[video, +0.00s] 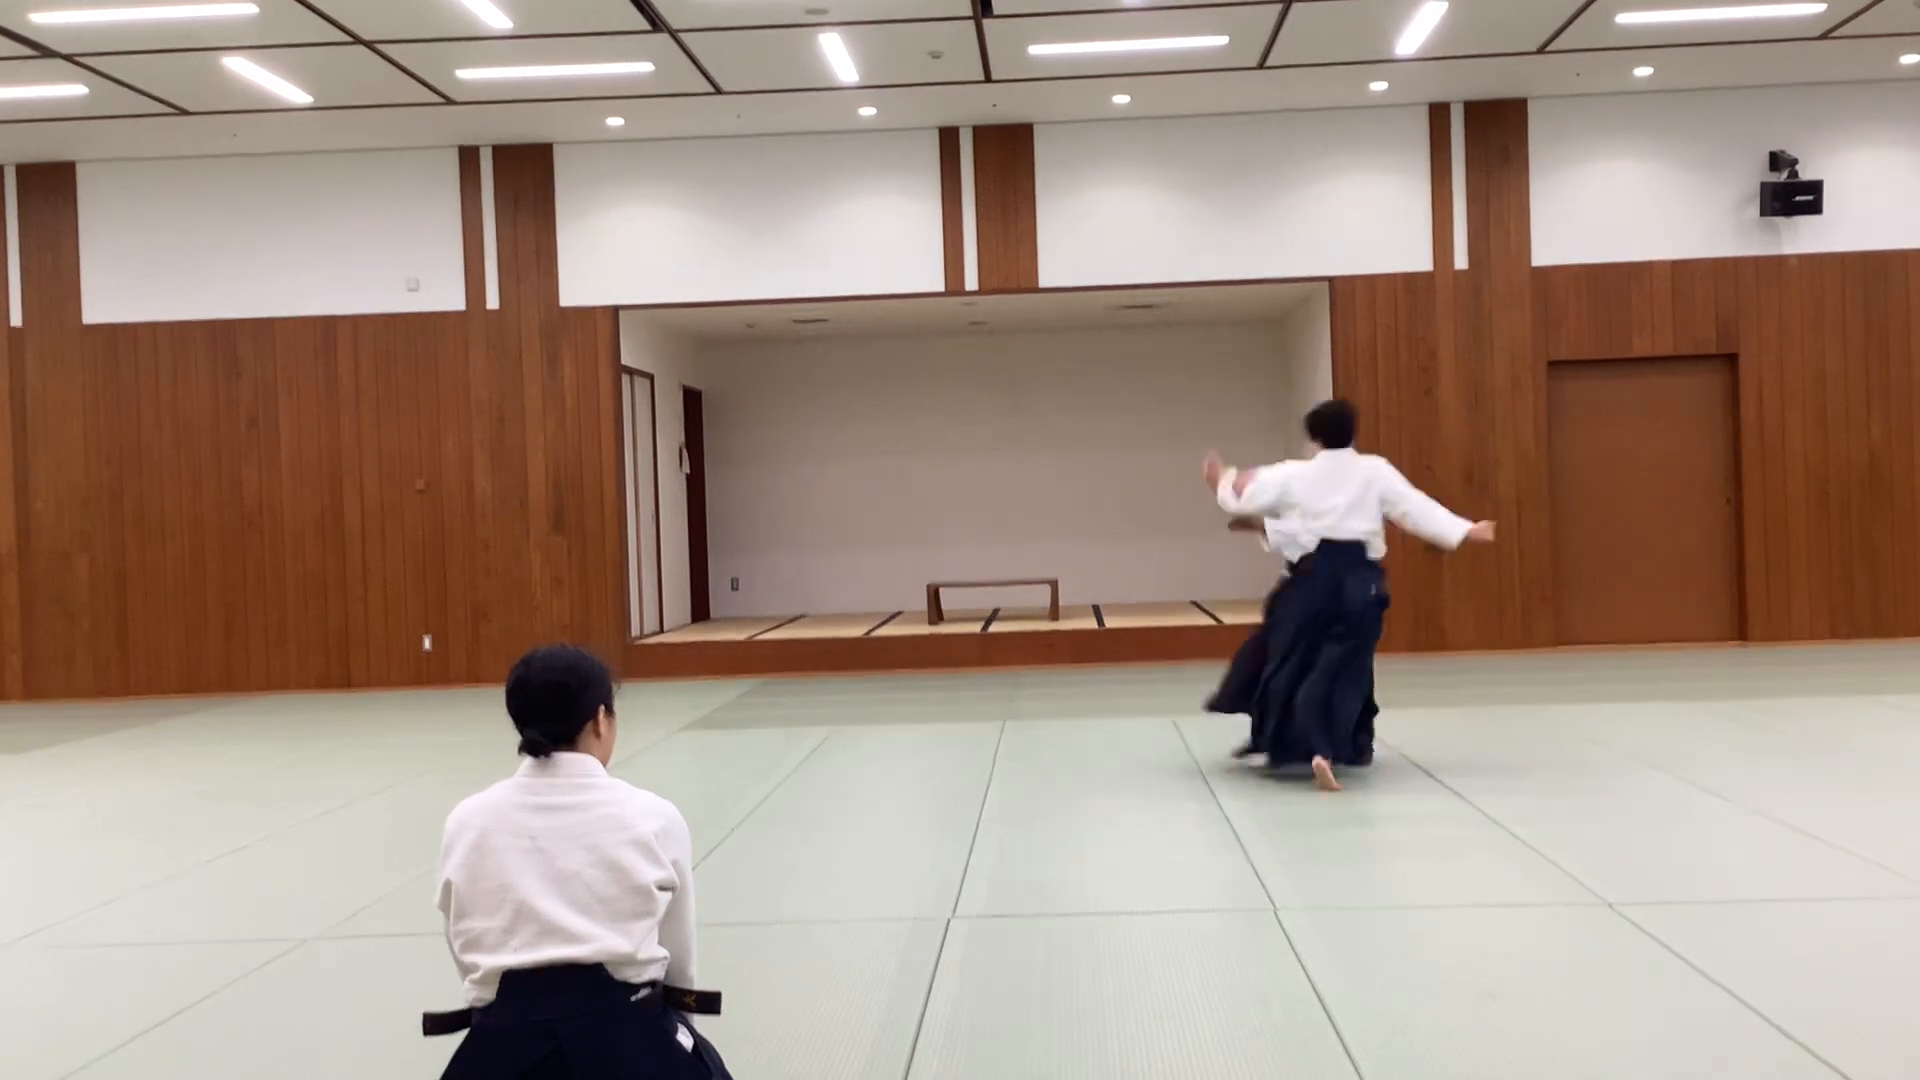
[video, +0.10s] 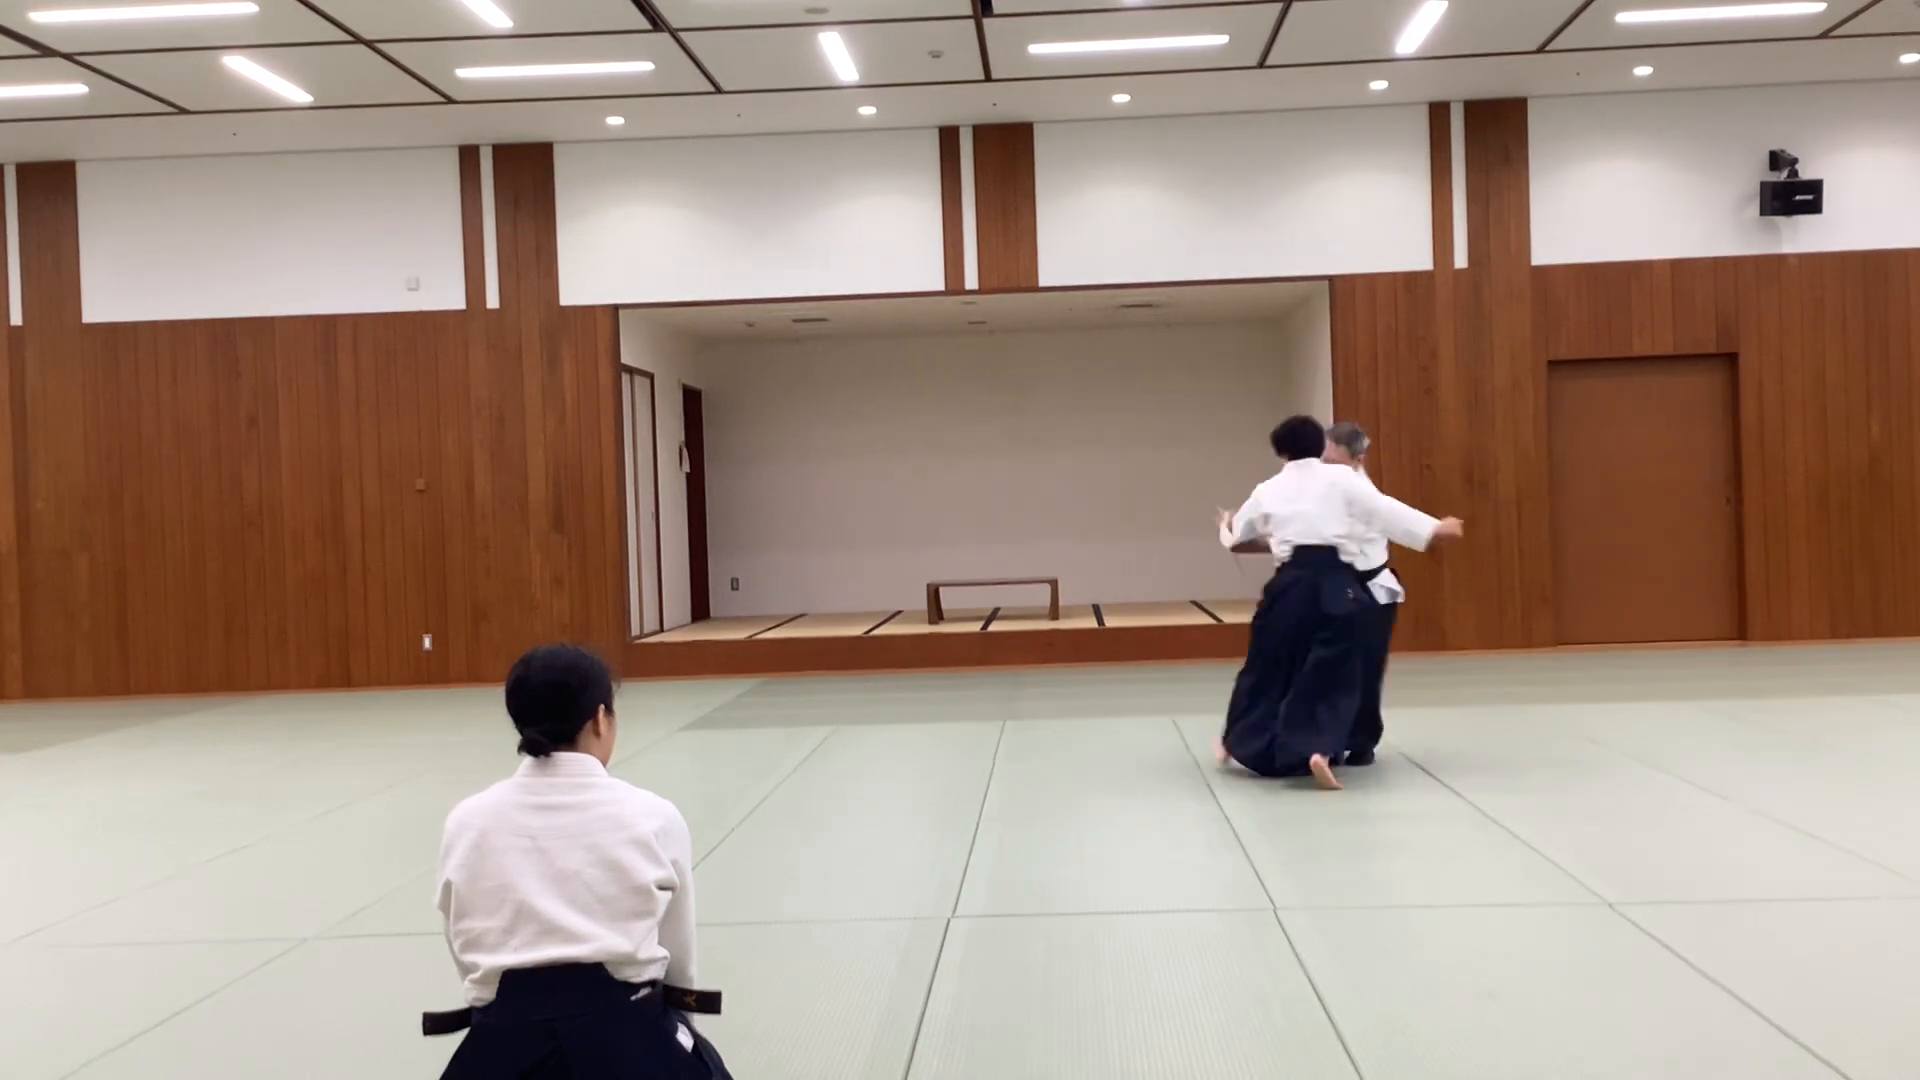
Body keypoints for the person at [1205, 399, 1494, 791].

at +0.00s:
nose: (1311, 442)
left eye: (1311, 436)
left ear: (1314, 437)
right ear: (1352, 434)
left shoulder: (1294, 474)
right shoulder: (1375, 470)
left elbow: (1243, 499)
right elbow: (1414, 507)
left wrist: (1221, 482)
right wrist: (1464, 528)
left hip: (1311, 578)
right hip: (1362, 578)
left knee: (1294, 658)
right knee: (1345, 664)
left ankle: (1285, 744)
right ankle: (1324, 751)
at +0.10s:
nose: (1329, 454)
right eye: (1326, 447)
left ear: (1281, 453)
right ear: (1321, 447)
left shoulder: (1268, 491)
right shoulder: (1342, 479)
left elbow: (1239, 532)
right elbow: (1386, 512)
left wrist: (1227, 524)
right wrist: (1435, 528)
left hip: (1289, 582)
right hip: (1338, 581)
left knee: (1264, 665)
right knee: (1337, 673)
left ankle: (1233, 738)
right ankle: (1321, 751)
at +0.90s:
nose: (1290, 488)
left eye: (1295, 481)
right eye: (1284, 481)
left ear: (1300, 478)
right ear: (1266, 476)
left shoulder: (1303, 509)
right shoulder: (1237, 501)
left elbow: (1332, 538)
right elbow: (1210, 537)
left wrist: (1355, 562)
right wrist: (1186, 573)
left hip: (1281, 592)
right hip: (1240, 589)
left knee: (1284, 656)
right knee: (1242, 655)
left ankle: (1292, 716)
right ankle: (1267, 721)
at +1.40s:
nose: (1297, 443)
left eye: (1302, 436)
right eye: (1290, 437)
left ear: (1308, 437)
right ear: (1275, 437)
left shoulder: (1321, 470)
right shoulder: (1255, 472)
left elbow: (1333, 500)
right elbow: (1237, 515)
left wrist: (1340, 516)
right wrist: (1222, 556)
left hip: (1310, 564)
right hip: (1269, 566)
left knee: (1324, 639)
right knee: (1278, 643)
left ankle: (1336, 721)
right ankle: (1290, 721)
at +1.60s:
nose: (1301, 438)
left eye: (1307, 431)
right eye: (1294, 431)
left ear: (1315, 433)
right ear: (1281, 433)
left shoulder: (1328, 467)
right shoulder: (1263, 468)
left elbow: (1337, 500)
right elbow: (1246, 511)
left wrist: (1339, 504)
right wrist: (1229, 549)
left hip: (1311, 559)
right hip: (1271, 560)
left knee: (1322, 637)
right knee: (1278, 639)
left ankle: (1334, 723)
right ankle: (1289, 719)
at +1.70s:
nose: (1300, 436)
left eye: (1306, 429)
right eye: (1293, 430)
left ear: (1315, 431)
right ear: (1281, 431)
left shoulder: (1328, 465)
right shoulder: (1264, 465)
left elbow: (1337, 515)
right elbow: (1248, 507)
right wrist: (1234, 546)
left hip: (1312, 558)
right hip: (1269, 556)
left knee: (1319, 637)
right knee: (1279, 637)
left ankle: (1335, 722)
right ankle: (1290, 719)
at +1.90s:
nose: (1291, 437)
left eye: (1298, 430)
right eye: (1284, 431)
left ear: (1310, 432)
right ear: (1276, 433)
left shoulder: (1320, 470)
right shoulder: (1262, 463)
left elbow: (1304, 517)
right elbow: (1245, 506)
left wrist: (1261, 544)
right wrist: (1232, 545)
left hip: (1301, 570)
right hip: (1264, 568)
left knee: (1300, 643)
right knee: (1268, 642)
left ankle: (1305, 718)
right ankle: (1286, 713)